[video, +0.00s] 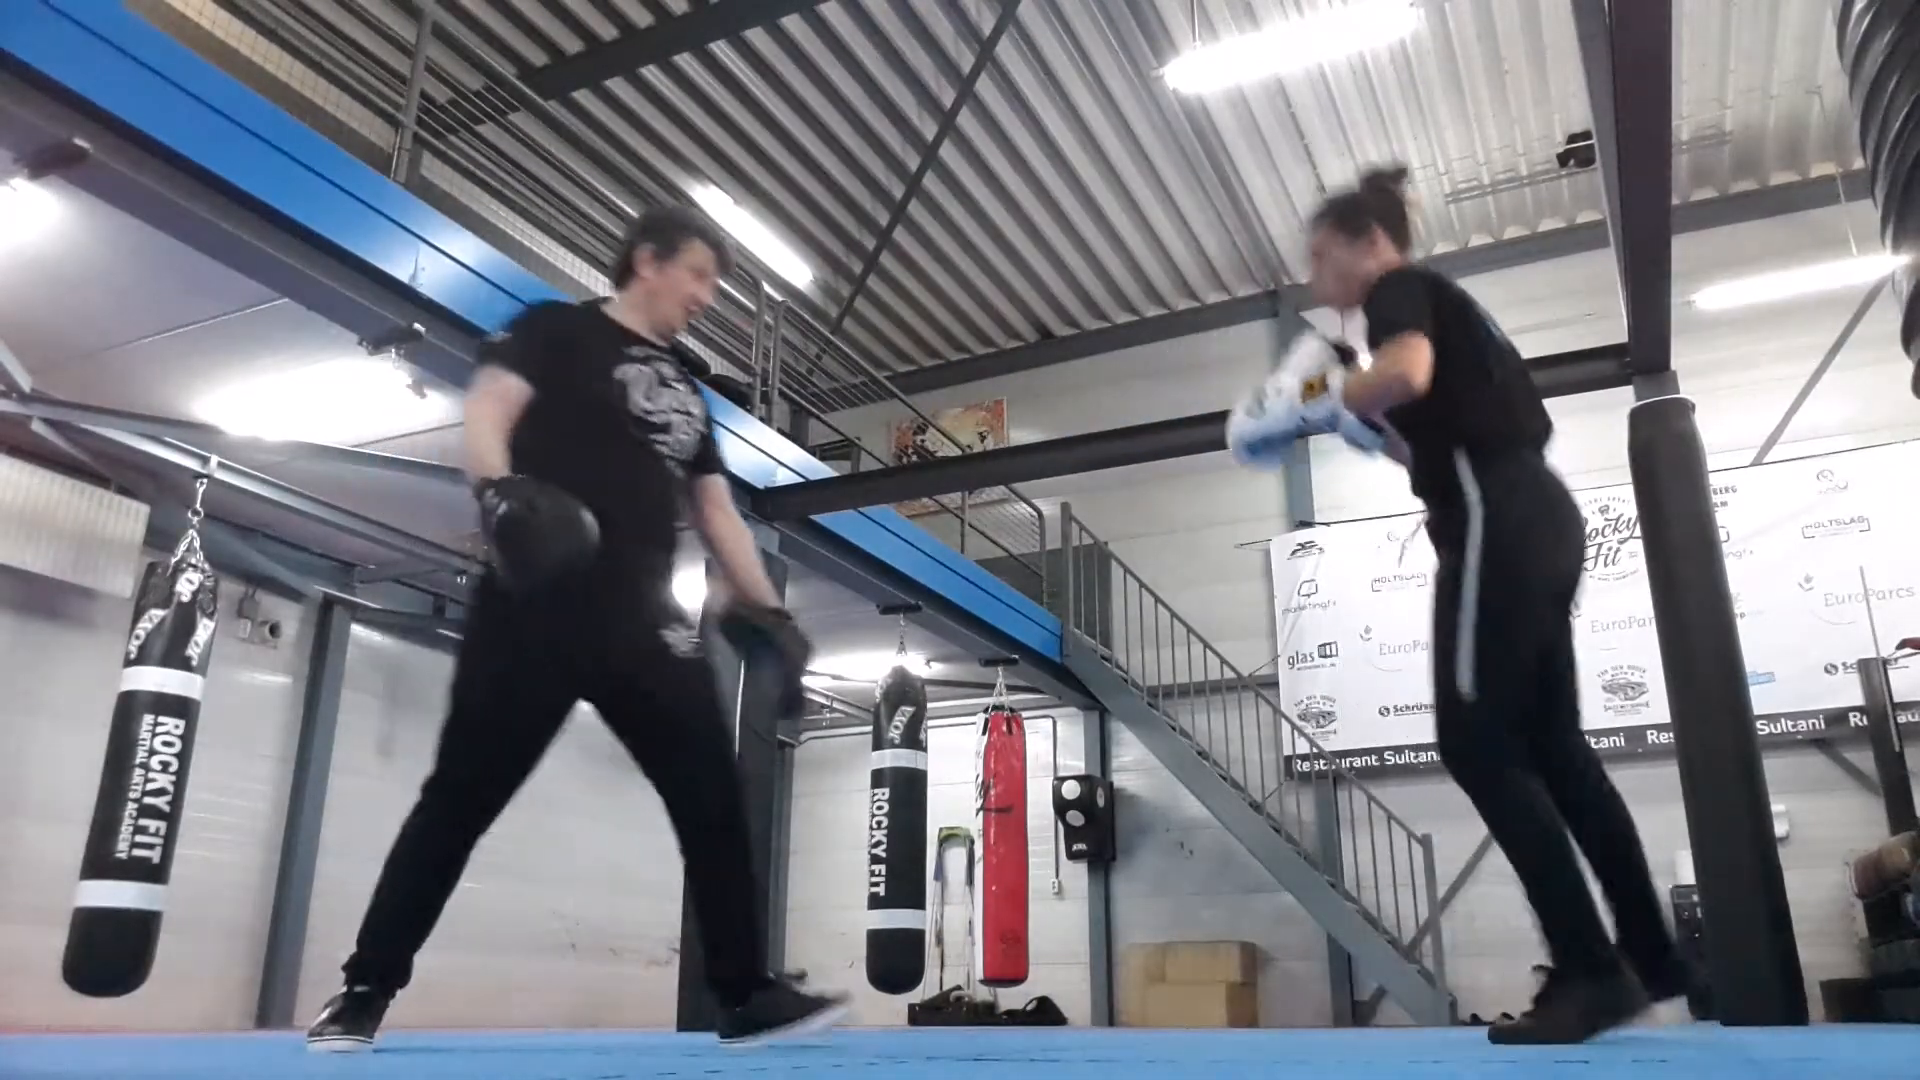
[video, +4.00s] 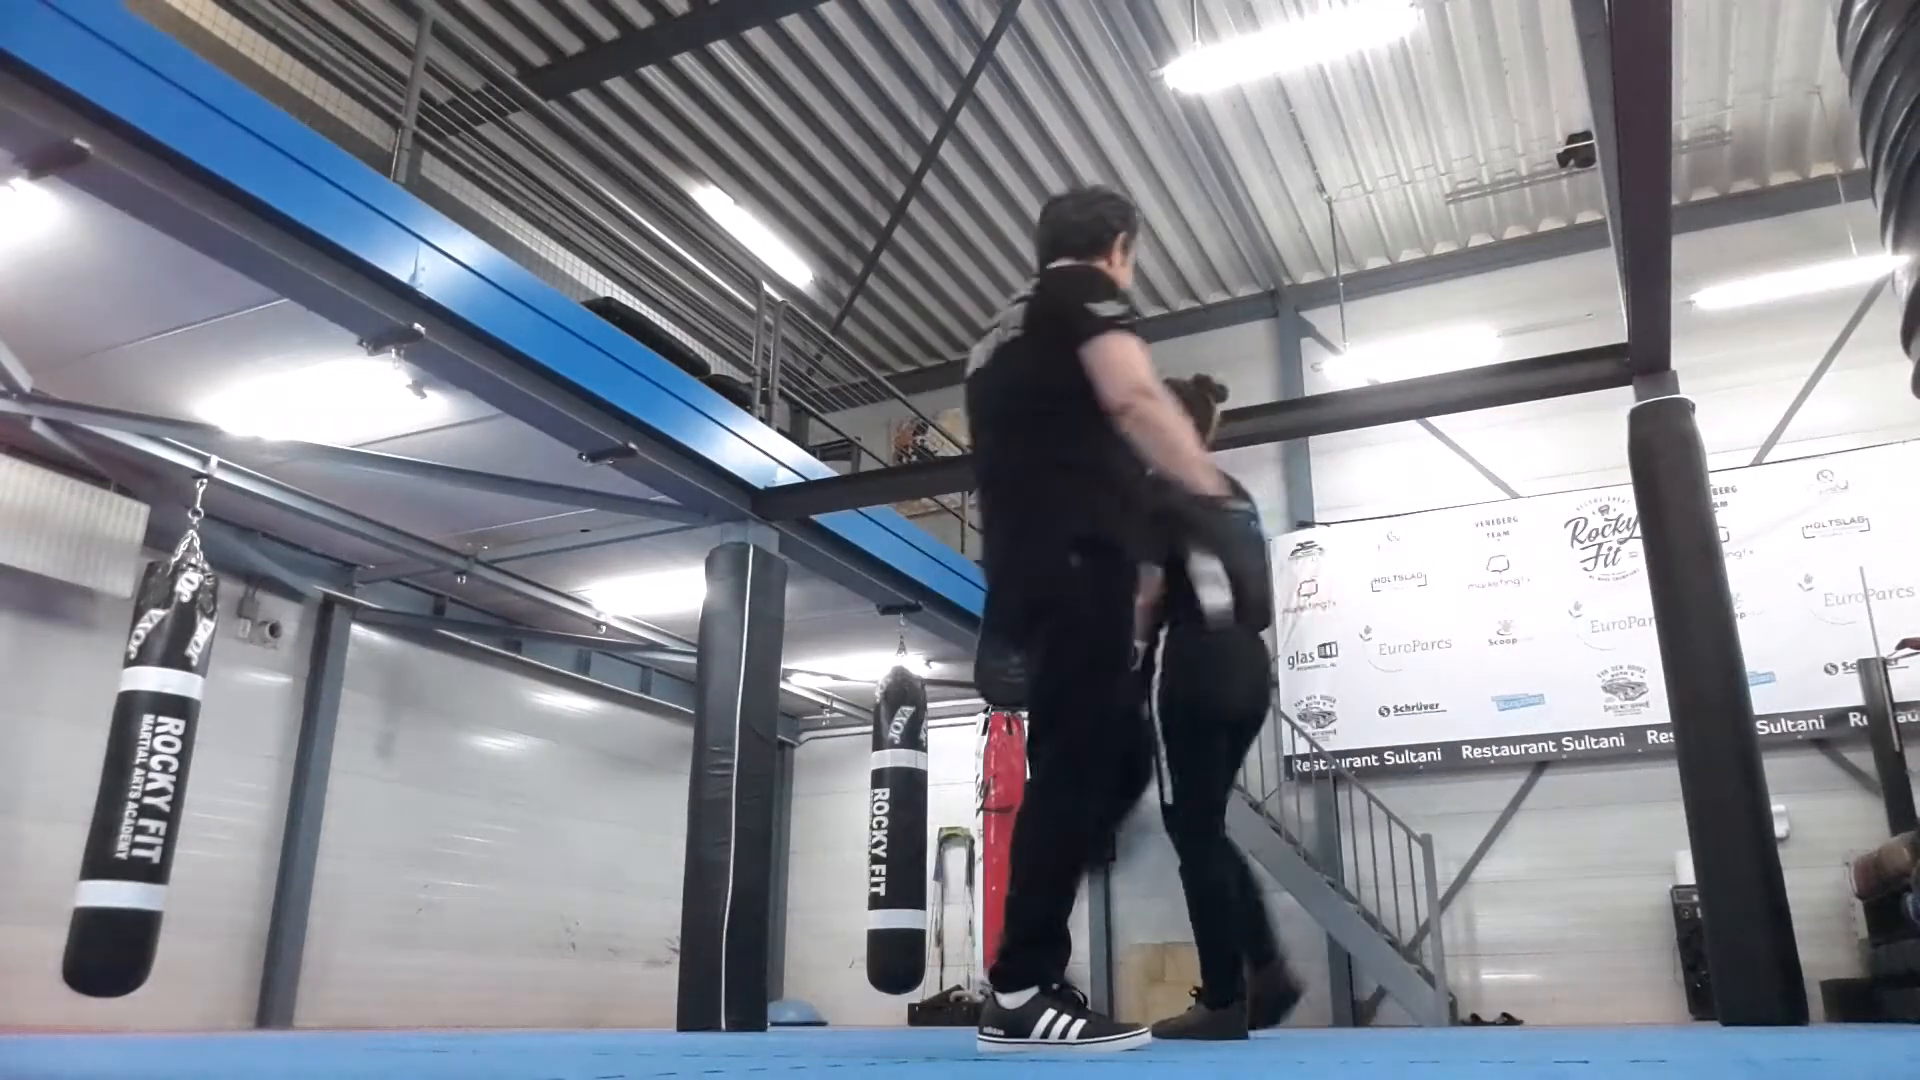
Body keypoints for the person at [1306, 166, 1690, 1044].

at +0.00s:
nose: (1315, 281)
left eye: (1321, 259)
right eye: (1312, 264)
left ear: (1368, 243)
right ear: (1385, 250)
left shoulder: (1398, 288)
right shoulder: (1437, 302)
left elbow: (1412, 368)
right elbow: (1428, 445)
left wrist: (1333, 387)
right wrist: (1342, 405)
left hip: (1495, 522)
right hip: (1538, 514)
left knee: (1475, 746)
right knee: (1554, 746)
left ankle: (1588, 972)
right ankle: (1652, 956)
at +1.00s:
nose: (1449, 343)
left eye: (1457, 324)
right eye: (1447, 326)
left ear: (1505, 316)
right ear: (1513, 322)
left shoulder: (1528, 377)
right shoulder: (1548, 386)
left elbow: (1567, 457)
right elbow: (1532, 497)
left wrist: (1460, 485)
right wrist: (1451, 483)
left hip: (1574, 606)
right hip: (1616, 604)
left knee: (1454, 772)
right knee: (1655, 801)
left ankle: (1485, 983)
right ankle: (1790, 988)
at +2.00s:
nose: (1345, 306)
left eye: (1358, 292)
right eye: (1346, 294)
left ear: (1407, 296)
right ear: (1396, 303)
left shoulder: (1447, 349)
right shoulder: (1412, 399)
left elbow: (1516, 407)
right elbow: (1451, 519)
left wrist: (1555, 476)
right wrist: (1431, 618)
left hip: (1527, 576)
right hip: (1526, 589)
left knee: (1461, 769)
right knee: (1619, 786)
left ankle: (1496, 996)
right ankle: (1768, 973)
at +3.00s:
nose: (1283, 351)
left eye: (1284, 342)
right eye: (1285, 343)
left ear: (1299, 338)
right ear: (1354, 344)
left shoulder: (1302, 388)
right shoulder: (1393, 411)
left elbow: (1281, 485)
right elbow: (1404, 519)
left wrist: (1224, 576)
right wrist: (1329, 568)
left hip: (1350, 592)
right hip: (1418, 592)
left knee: (1347, 784)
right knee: (1376, 791)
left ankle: (1460, 947)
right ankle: (1392, 984)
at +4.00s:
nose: (1148, 430)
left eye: (1155, 420)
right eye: (1152, 419)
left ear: (1171, 425)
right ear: (1207, 426)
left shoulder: (1163, 492)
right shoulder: (1235, 493)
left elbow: (1151, 591)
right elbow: (1253, 592)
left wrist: (1135, 653)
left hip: (1196, 661)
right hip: (1250, 658)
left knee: (1194, 825)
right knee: (1199, 821)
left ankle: (1223, 999)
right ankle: (1266, 972)